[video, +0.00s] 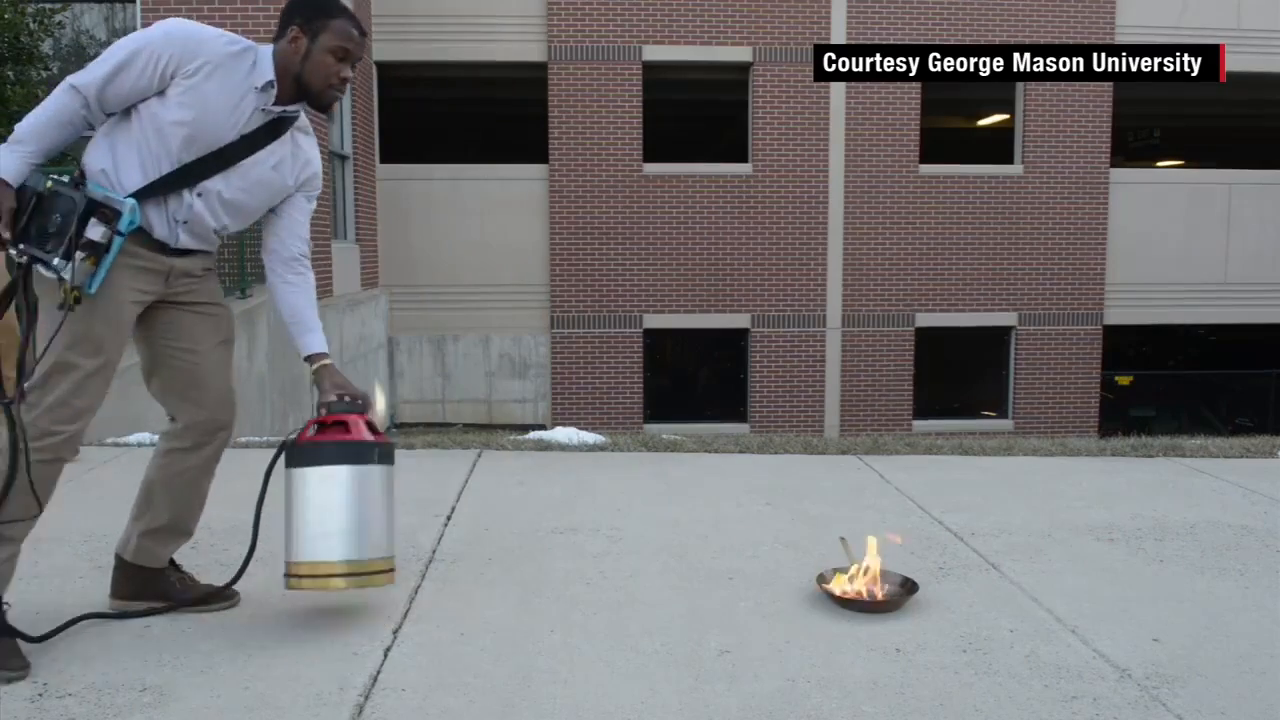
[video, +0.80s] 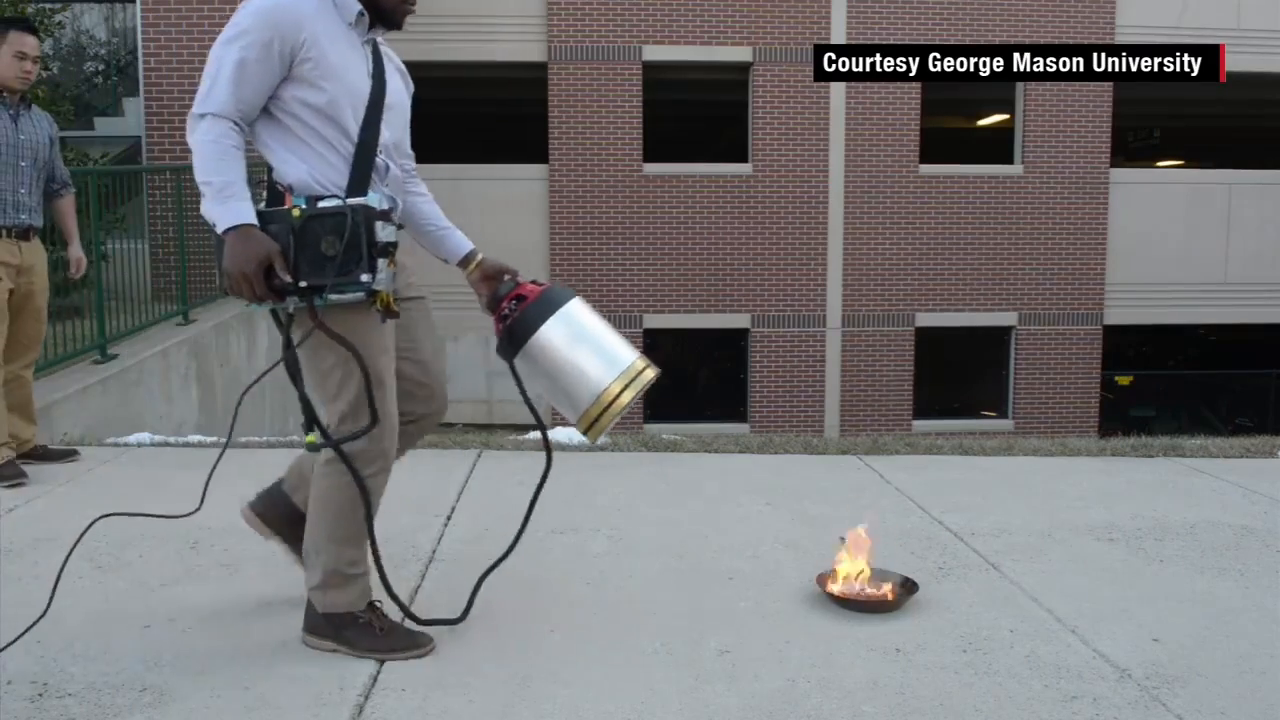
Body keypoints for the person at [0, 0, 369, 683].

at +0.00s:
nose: (349, 76)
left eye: (357, 65)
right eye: (341, 57)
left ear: (348, 68)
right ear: (293, 40)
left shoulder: (302, 163)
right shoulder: (189, 48)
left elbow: (289, 265)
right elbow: (82, 95)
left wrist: (322, 363)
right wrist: (9, 172)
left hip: (189, 271)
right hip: (104, 246)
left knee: (207, 416)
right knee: (50, 427)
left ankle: (144, 570)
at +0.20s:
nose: (350, 35)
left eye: (356, 23)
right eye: (340, 17)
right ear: (293, 6)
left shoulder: (307, 124)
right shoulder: (205, 26)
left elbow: (291, 227)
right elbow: (97, 83)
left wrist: (342, 311)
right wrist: (43, 176)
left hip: (215, 261)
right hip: (139, 241)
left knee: (207, 415)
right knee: (127, 418)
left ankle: (147, 566)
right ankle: (87, 601)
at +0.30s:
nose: (354, 23)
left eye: (359, 12)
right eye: (344, 7)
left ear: (322, 14)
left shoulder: (312, 110)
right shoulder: (207, 20)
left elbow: (295, 214)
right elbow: (104, 83)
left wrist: (348, 288)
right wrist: (63, 180)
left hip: (228, 258)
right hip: (157, 245)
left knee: (215, 419)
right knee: (166, 417)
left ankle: (155, 570)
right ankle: (154, 604)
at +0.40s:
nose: (357, 10)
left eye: (359, 3)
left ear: (333, 8)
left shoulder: (322, 92)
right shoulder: (213, 16)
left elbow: (309, 199)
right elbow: (114, 93)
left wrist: (374, 275)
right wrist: (97, 195)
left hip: (252, 255)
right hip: (187, 246)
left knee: (216, 411)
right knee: (225, 418)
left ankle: (142, 562)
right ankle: (262, 598)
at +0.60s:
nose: (368, 7)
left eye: (370, 1)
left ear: (349, 7)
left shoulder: (349, 76)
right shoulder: (235, 16)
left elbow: (345, 187)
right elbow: (152, 110)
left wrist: (411, 258)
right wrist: (161, 214)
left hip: (296, 263)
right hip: (246, 255)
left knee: (252, 424)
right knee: (298, 431)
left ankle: (155, 550)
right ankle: (331, 603)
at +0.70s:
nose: (391, 4)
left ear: (382, 6)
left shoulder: (374, 69)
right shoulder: (262, 16)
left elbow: (377, 183)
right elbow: (190, 119)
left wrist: (447, 259)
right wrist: (208, 224)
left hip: (357, 264)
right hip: (294, 259)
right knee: (348, 426)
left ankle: (229, 504)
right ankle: (337, 606)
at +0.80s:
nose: (411, 1)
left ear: (397, 4)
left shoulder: (392, 68)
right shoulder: (282, 14)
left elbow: (400, 180)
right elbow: (213, 118)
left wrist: (470, 259)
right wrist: (234, 224)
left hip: (380, 259)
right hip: (320, 256)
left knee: (420, 399)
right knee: (360, 432)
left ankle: (292, 501)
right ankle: (337, 607)